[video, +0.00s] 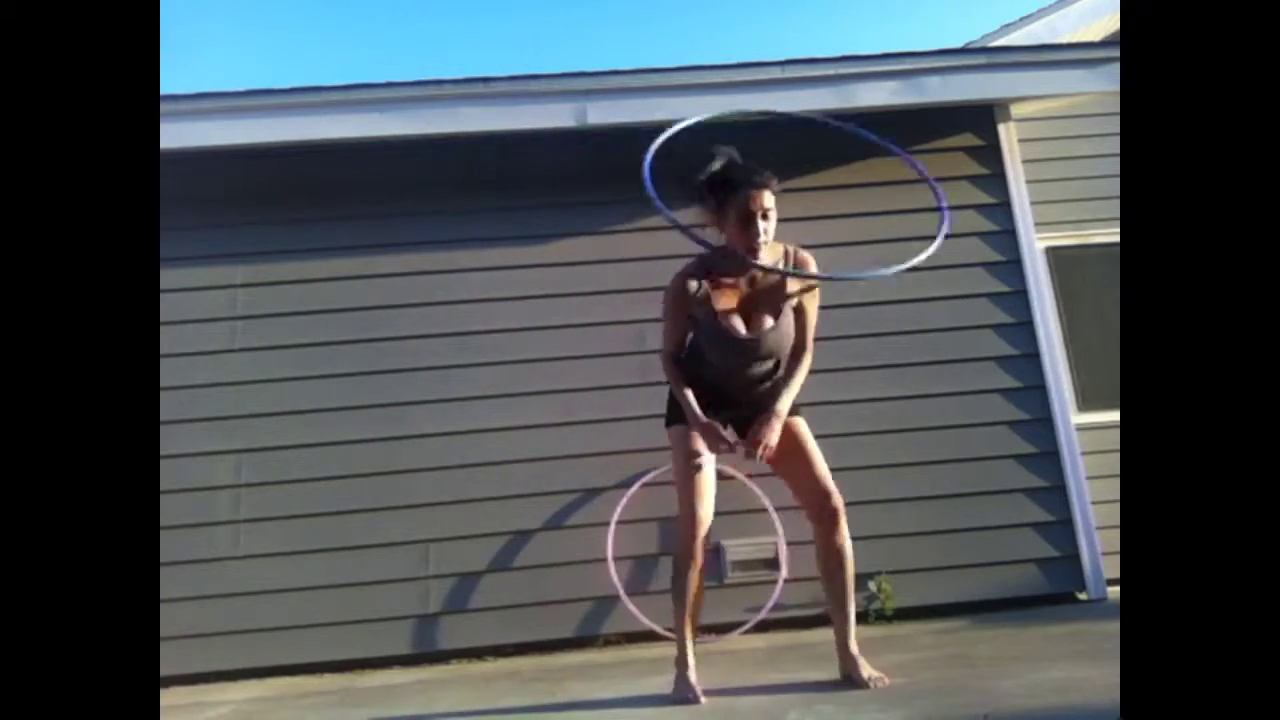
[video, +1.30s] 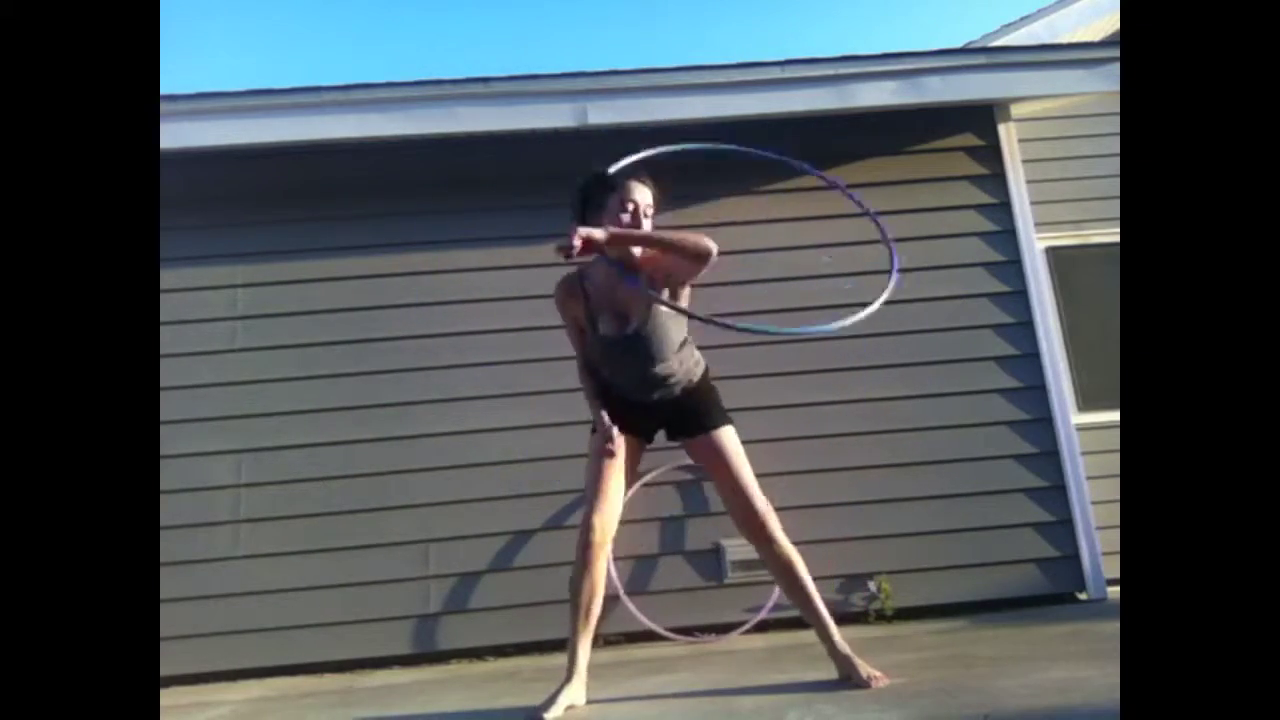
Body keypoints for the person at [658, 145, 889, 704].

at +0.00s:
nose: (759, 228)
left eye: (766, 214)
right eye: (745, 217)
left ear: (777, 213)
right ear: (717, 221)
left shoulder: (798, 265)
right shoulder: (689, 285)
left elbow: (804, 349)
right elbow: (671, 360)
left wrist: (776, 414)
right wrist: (698, 420)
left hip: (770, 401)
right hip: (701, 405)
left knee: (830, 507)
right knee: (694, 529)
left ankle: (849, 652)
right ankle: (685, 666)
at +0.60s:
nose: (813, 229)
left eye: (819, 217)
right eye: (801, 217)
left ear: (827, 221)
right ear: (771, 223)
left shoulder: (847, 282)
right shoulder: (739, 289)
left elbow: (856, 360)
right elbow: (707, 371)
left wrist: (824, 393)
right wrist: (722, 431)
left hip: (797, 417)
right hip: (730, 414)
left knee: (860, 520)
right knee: (671, 533)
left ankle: (851, 654)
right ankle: (596, 663)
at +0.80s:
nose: (769, 254)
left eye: (779, 242)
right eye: (757, 243)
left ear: (788, 242)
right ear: (732, 242)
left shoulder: (800, 285)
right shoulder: (697, 300)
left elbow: (833, 370)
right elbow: (672, 378)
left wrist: (816, 319)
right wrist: (696, 438)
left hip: (768, 418)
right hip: (701, 421)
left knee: (840, 520)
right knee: (642, 545)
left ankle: (848, 655)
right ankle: (580, 675)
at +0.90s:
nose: (733, 246)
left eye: (741, 235)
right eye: (721, 235)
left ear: (753, 237)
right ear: (697, 241)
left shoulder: (758, 281)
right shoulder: (666, 297)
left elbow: (775, 288)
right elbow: (655, 380)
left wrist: (759, 217)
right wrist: (679, 437)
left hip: (750, 418)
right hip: (684, 421)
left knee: (824, 519)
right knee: (622, 536)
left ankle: (847, 655)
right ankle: (577, 676)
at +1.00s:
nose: (699, 231)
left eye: (706, 217)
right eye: (684, 221)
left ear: (720, 219)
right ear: (658, 233)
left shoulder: (729, 272)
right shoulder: (639, 292)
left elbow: (733, 217)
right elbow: (636, 374)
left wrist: (698, 152)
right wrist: (657, 428)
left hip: (733, 414)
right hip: (664, 421)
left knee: (804, 521)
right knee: (608, 533)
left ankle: (843, 652)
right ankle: (577, 675)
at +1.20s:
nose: (654, 209)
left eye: (660, 198)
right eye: (644, 200)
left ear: (674, 214)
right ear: (620, 215)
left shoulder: (684, 258)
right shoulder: (596, 283)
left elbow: (716, 198)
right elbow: (604, 360)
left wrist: (627, 194)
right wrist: (615, 413)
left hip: (702, 398)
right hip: (634, 406)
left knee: (770, 525)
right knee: (599, 536)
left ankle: (840, 652)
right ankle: (574, 681)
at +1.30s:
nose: (637, 222)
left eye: (645, 214)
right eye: (625, 210)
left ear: (652, 223)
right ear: (593, 220)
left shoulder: (662, 267)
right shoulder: (573, 291)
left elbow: (704, 251)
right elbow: (586, 362)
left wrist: (612, 239)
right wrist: (601, 415)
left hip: (688, 397)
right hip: (621, 410)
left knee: (760, 522)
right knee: (594, 535)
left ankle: (841, 653)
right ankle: (575, 680)